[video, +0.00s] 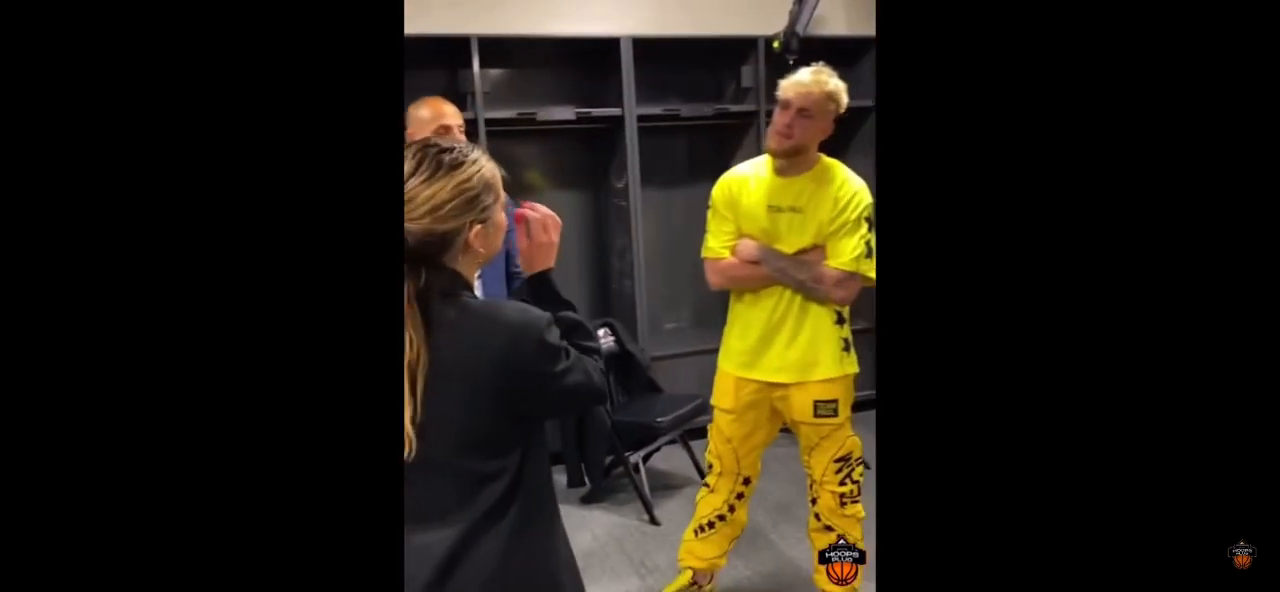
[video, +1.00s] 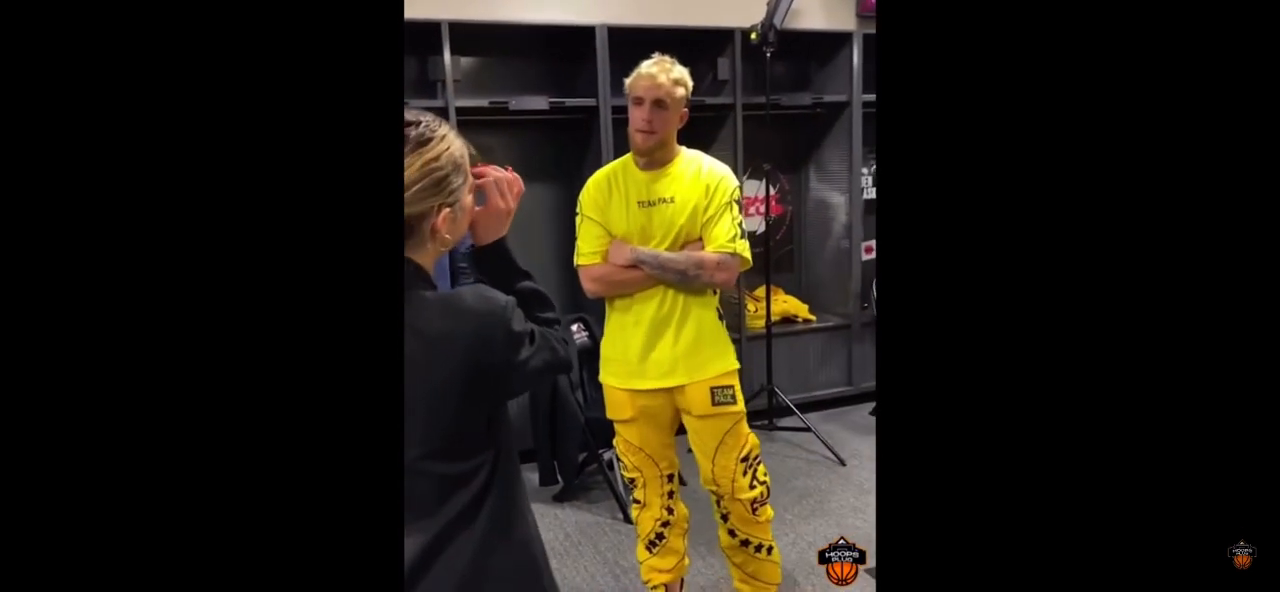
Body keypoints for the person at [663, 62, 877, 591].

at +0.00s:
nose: (784, 119)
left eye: (801, 113)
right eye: (781, 107)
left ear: (827, 128)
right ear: (771, 110)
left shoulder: (848, 192)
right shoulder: (734, 184)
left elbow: (842, 291)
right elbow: (717, 275)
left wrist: (759, 253)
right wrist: (804, 265)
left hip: (820, 363)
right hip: (745, 358)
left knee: (835, 486)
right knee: (723, 475)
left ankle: (841, 583)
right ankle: (696, 576)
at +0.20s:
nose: (731, 127)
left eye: (747, 119)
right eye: (726, 114)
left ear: (773, 131)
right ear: (716, 118)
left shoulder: (794, 192)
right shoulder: (683, 192)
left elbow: (794, 288)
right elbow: (673, 283)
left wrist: (712, 257)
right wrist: (758, 269)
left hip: (777, 368)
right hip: (701, 368)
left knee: (802, 495)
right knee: (682, 491)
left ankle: (818, 585)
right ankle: (667, 583)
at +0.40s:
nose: (680, 130)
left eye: (695, 121)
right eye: (674, 118)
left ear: (719, 131)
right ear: (664, 123)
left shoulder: (745, 191)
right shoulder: (637, 197)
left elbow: (752, 282)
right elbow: (629, 287)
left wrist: (669, 261)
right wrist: (716, 272)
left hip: (731, 372)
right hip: (655, 374)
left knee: (769, 497)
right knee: (656, 502)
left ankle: (797, 582)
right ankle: (656, 585)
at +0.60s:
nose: (652, 131)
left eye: (667, 120)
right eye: (645, 118)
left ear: (690, 129)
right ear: (635, 125)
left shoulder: (719, 190)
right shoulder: (610, 197)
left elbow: (732, 281)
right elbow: (605, 289)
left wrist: (644, 263)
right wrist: (691, 272)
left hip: (708, 371)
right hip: (632, 377)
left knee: (745, 500)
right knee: (648, 509)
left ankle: (767, 584)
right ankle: (654, 586)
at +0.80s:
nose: (644, 124)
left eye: (659, 113)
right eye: (637, 111)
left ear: (682, 123)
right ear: (626, 117)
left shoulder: (713, 183)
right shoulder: (603, 192)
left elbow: (729, 272)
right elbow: (598, 286)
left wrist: (638, 257)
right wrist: (685, 267)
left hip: (700, 365)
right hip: (627, 372)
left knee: (726, 500)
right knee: (649, 508)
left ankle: (746, 585)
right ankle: (658, 584)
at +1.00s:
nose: (645, 117)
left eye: (659, 106)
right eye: (637, 104)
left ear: (682, 116)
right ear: (626, 110)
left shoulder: (712, 177)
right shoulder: (600, 187)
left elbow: (726, 269)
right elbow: (593, 281)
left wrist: (634, 254)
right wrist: (681, 265)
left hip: (703, 360)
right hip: (628, 368)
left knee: (738, 491)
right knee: (651, 501)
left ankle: (759, 583)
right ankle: (662, 583)